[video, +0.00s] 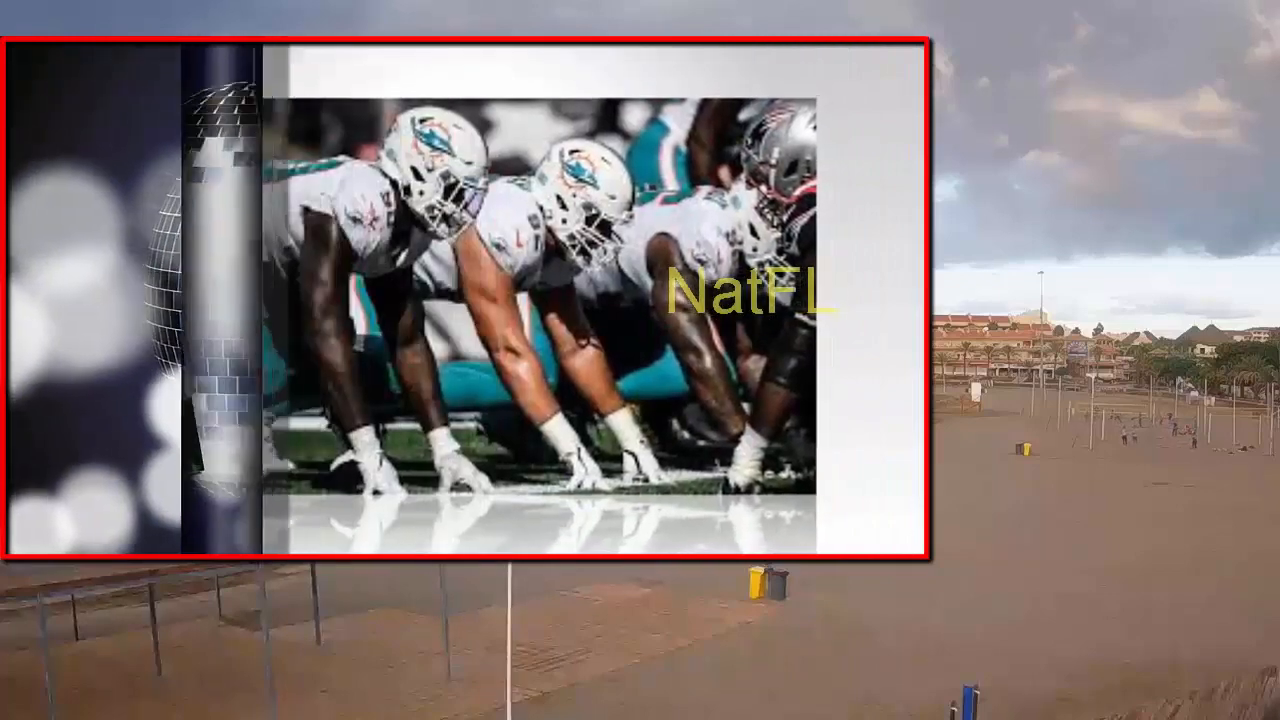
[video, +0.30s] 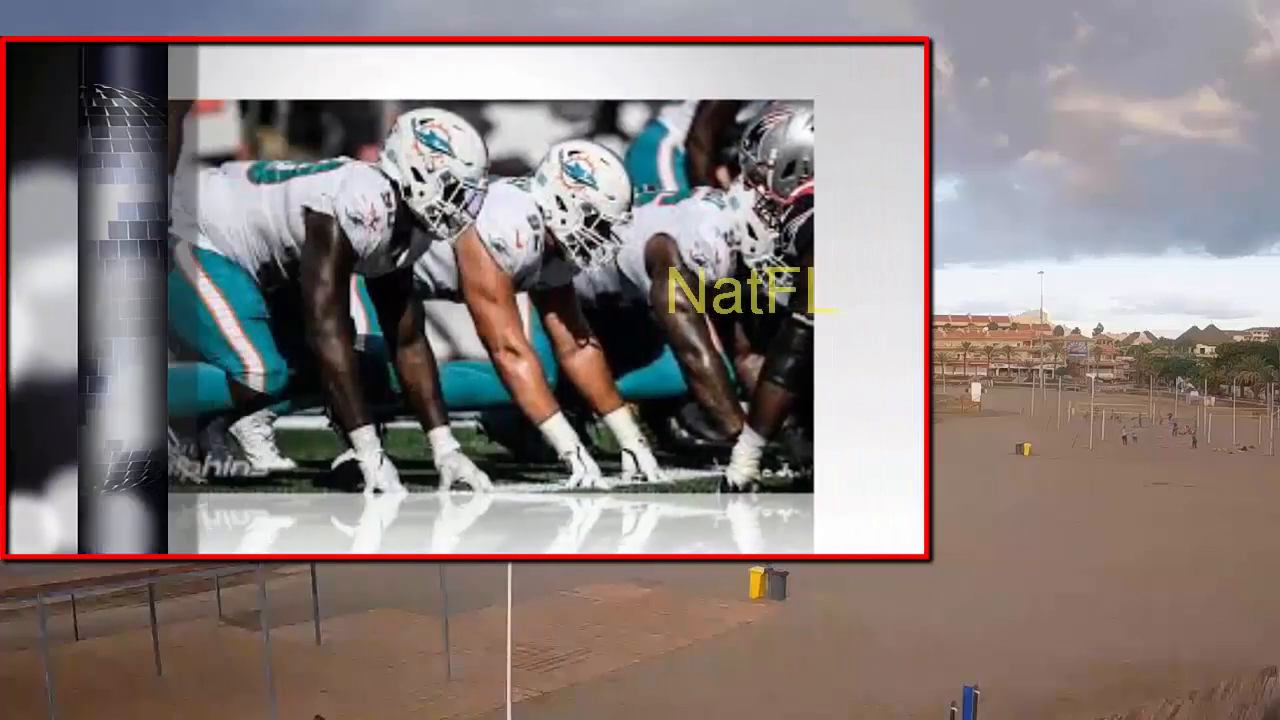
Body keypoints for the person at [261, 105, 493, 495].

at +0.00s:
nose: (462, 205)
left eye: (468, 192)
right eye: (455, 188)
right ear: (420, 169)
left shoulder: (400, 225)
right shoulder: (354, 198)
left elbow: (409, 341)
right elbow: (325, 331)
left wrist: (444, 449)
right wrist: (367, 449)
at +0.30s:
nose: (460, 205)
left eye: (468, 193)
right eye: (454, 188)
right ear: (419, 169)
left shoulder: (399, 226)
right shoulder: (352, 201)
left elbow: (410, 340)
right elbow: (327, 335)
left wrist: (445, 448)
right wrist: (370, 454)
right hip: (193, 231)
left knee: (322, 355)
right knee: (261, 376)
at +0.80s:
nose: (458, 202)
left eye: (466, 191)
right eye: (449, 184)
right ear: (414, 165)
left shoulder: (399, 227)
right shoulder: (354, 202)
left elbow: (410, 340)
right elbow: (328, 333)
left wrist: (444, 446)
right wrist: (369, 448)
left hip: (251, 253)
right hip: (193, 237)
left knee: (316, 365)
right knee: (261, 373)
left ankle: (194, 422)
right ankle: (106, 414)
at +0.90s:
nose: (458, 202)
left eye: (466, 191)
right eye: (450, 184)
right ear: (415, 165)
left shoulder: (399, 227)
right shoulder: (354, 202)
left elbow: (411, 340)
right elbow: (328, 333)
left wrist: (445, 446)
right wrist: (370, 449)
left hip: (248, 253)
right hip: (192, 237)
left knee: (314, 365)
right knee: (261, 373)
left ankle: (191, 422)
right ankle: (108, 413)